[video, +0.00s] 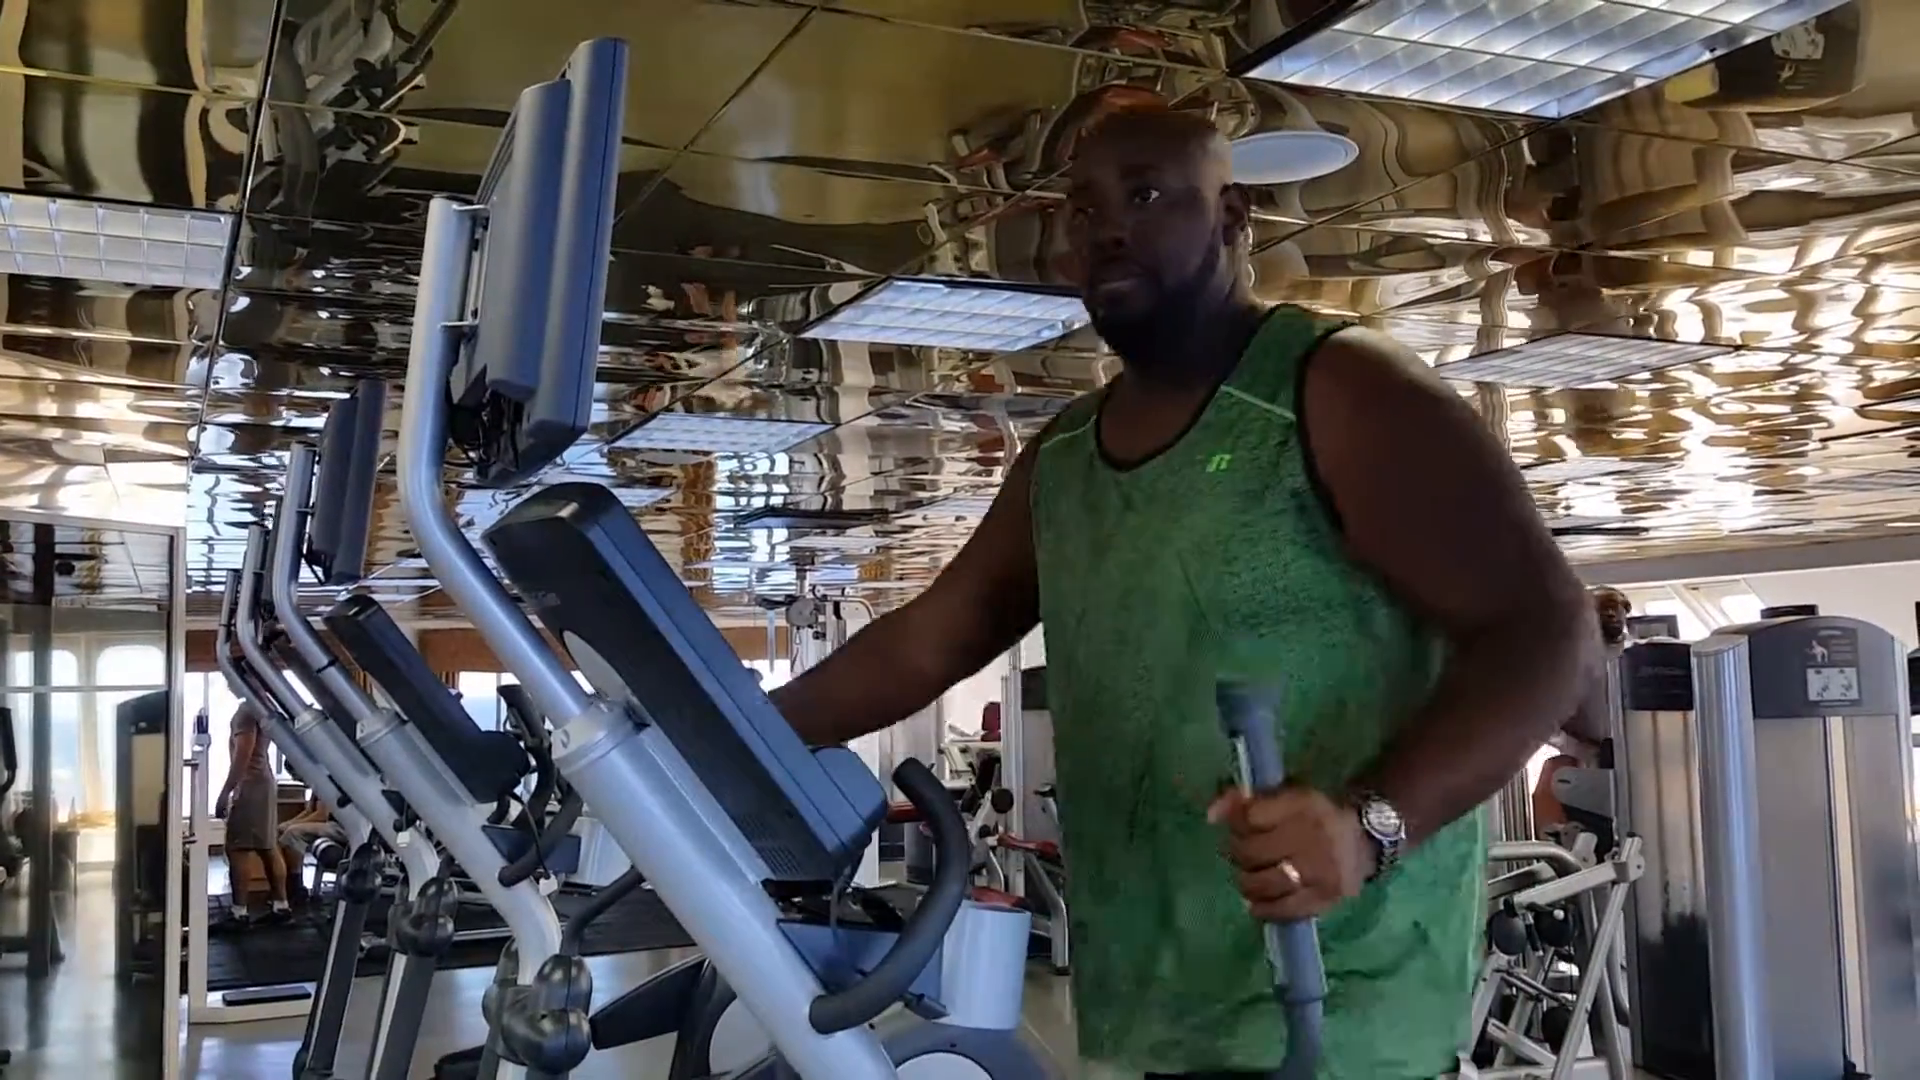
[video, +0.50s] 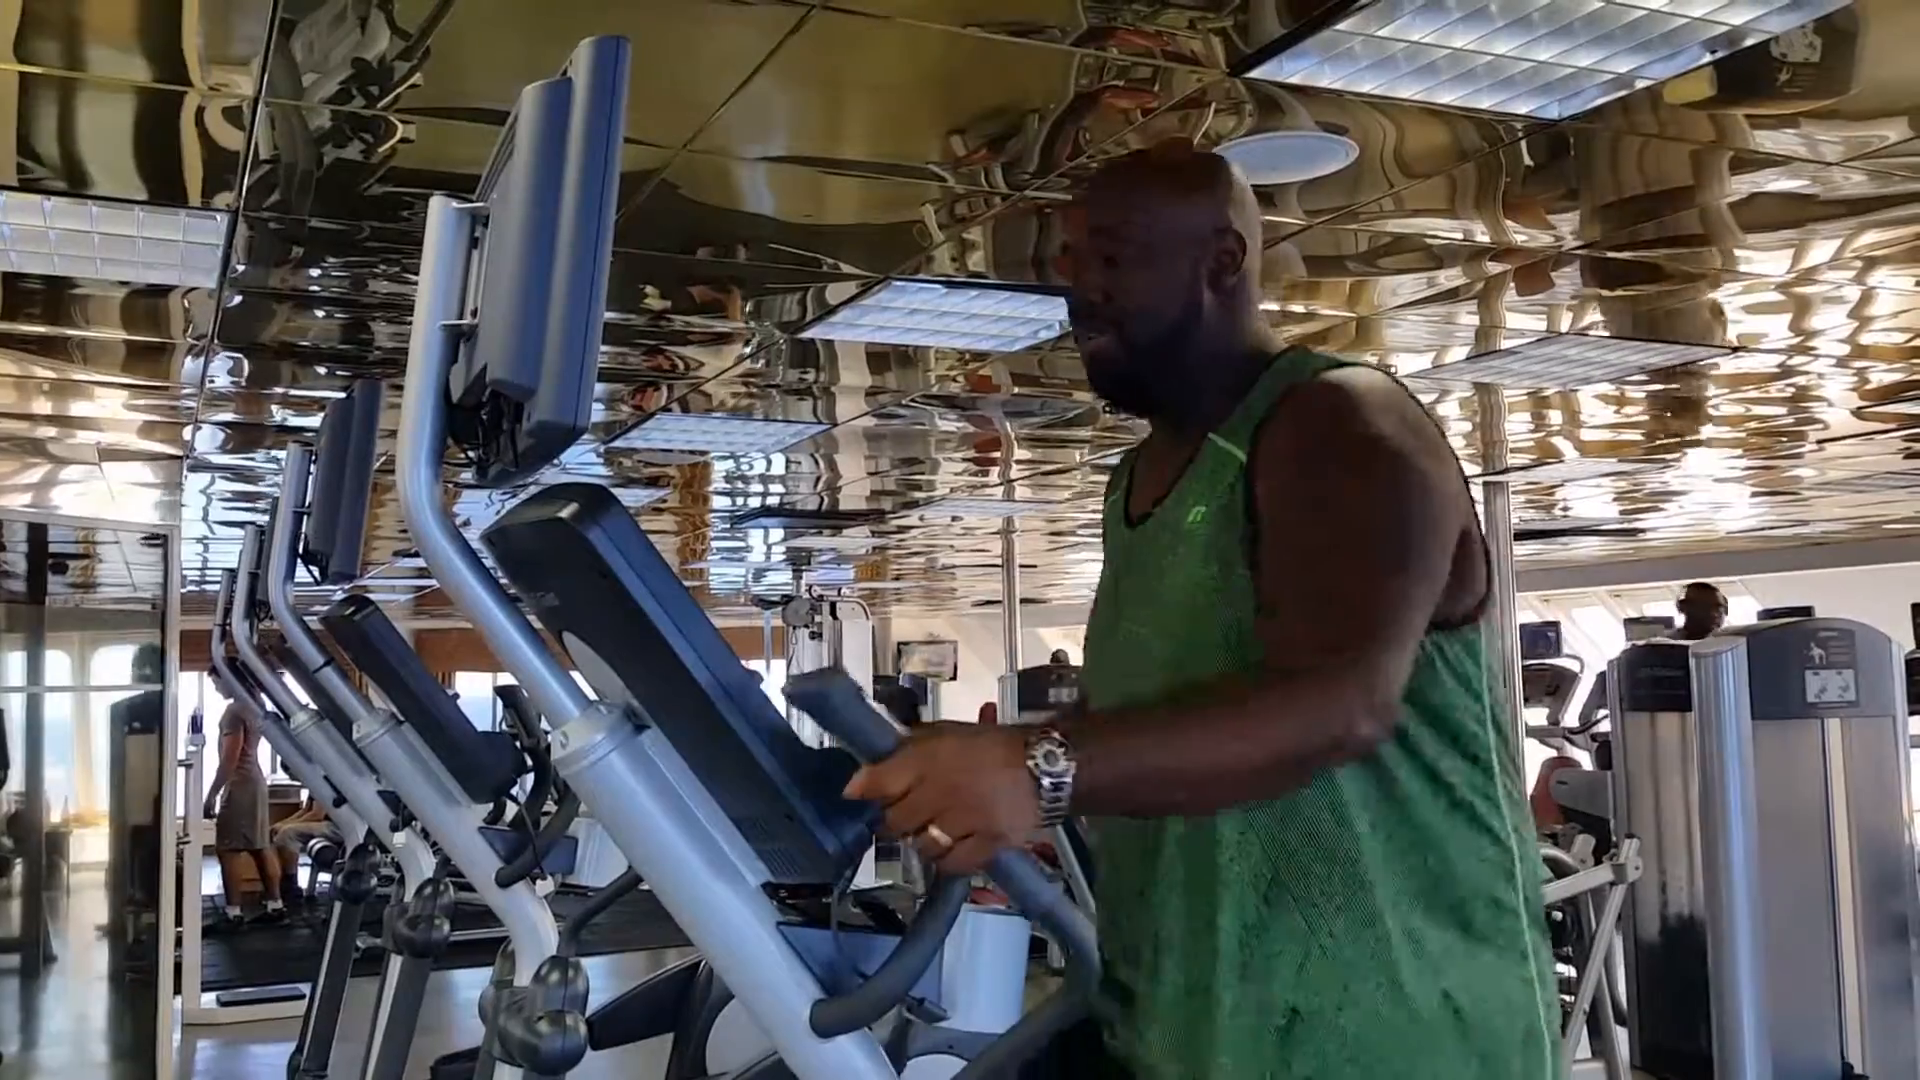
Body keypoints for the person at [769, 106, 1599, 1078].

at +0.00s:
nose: (1103, 229)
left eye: (1143, 192)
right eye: (1080, 204)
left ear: (1232, 216)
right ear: (1064, 242)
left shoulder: (1340, 392)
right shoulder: (1060, 461)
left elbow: (1548, 631)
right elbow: (936, 633)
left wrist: (1372, 826)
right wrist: (744, 738)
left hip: (1347, 1003)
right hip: (1131, 1000)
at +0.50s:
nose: (1075, 289)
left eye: (1110, 259)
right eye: (1070, 263)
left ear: (1224, 265)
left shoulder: (1352, 426)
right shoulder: (1148, 467)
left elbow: (1344, 701)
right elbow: (1191, 715)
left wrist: (1046, 771)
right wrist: (1036, 756)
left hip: (1378, 1027)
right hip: (1196, 1013)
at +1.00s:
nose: (1048, 330)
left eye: (1079, 291)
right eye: (1042, 300)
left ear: (1191, 294)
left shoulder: (1337, 453)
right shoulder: (1081, 512)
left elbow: (1485, 715)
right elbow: (1003, 720)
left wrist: (1256, 798)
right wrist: (812, 747)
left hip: (1345, 1017)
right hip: (1153, 1015)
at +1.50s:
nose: (1171, 241)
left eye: (1215, 208)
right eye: (1143, 217)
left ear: (1285, 243)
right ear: (1111, 259)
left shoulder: (1387, 430)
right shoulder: (1118, 476)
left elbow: (1528, 705)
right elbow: (1027, 663)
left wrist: (1245, 785)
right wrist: (811, 738)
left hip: (1403, 1035)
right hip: (1157, 1031)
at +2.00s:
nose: (1091, 186)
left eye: (1134, 158)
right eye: (1062, 166)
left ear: (1205, 196)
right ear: (1034, 213)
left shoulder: (1310, 367)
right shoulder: (1066, 421)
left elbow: (1314, 625)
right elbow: (1083, 656)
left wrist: (1052, 758)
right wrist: (978, 754)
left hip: (1321, 994)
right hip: (1135, 983)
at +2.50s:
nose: (1114, 197)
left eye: (1155, 167)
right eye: (1079, 173)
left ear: (1220, 206)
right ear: (1043, 219)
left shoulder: (1325, 379)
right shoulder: (1033, 451)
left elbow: (1533, 627)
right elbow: (923, 636)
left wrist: (1364, 818)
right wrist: (729, 735)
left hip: (1344, 994)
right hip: (1128, 993)